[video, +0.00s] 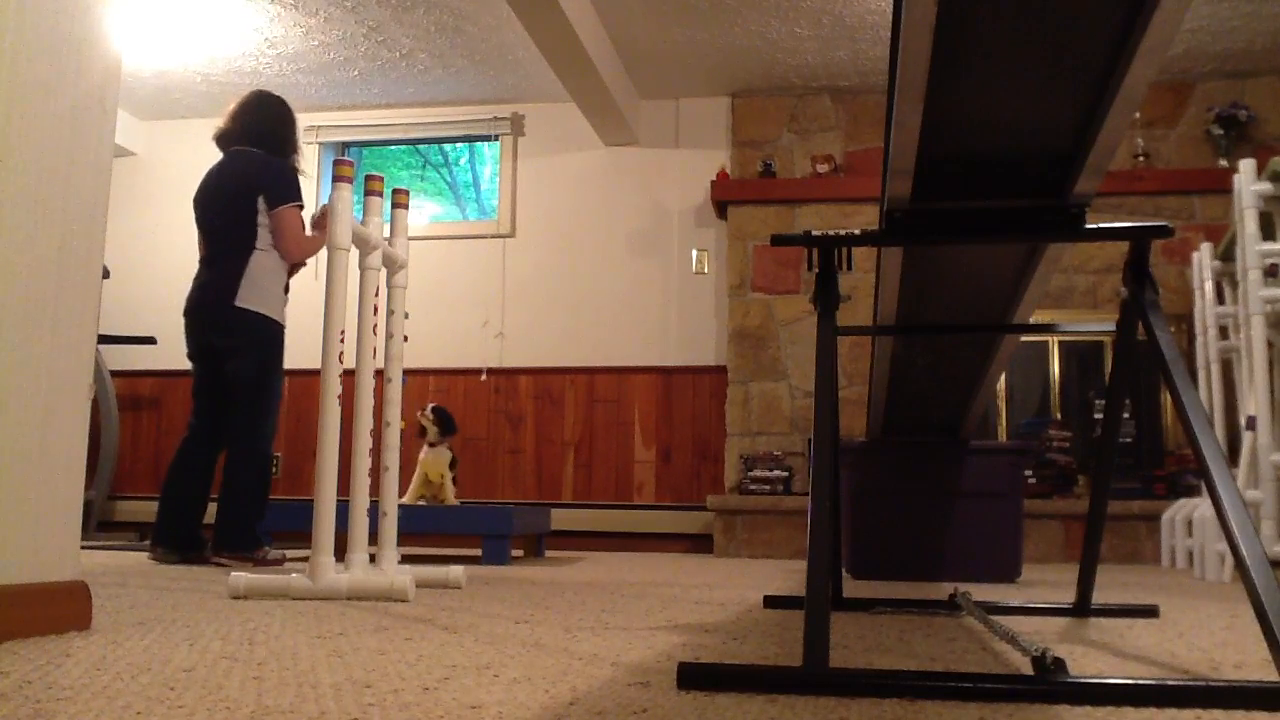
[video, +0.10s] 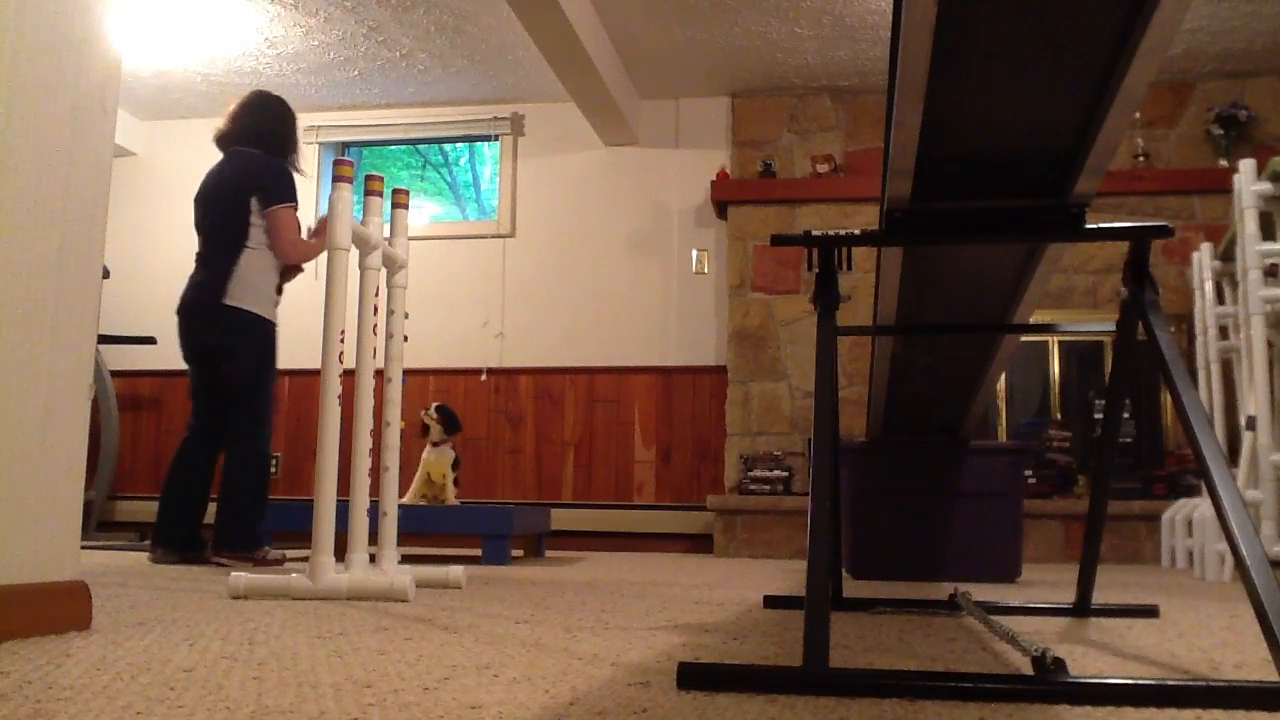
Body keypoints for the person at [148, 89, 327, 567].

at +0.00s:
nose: (294, 139)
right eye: (292, 130)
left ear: (238, 124)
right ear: (284, 129)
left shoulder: (212, 176)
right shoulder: (274, 170)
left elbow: (210, 251)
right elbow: (294, 249)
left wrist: (281, 254)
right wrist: (323, 233)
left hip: (205, 310)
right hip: (253, 316)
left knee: (206, 428)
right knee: (253, 434)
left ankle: (173, 537)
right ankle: (238, 541)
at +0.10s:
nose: (295, 139)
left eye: (292, 131)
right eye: (293, 130)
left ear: (240, 124)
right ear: (284, 129)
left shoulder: (216, 174)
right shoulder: (269, 170)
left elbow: (226, 254)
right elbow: (289, 251)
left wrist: (281, 269)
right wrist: (322, 238)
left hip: (200, 310)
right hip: (243, 317)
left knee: (206, 428)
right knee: (250, 434)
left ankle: (173, 538)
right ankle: (238, 542)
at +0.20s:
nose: (298, 143)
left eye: (297, 134)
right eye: (296, 134)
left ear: (248, 128)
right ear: (282, 134)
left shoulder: (234, 170)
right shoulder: (263, 172)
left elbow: (216, 251)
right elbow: (275, 251)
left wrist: (266, 276)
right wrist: (315, 246)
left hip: (193, 309)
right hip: (221, 313)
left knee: (205, 427)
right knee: (232, 429)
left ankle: (173, 538)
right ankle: (238, 539)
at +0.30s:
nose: (302, 146)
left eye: (302, 136)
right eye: (297, 136)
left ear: (256, 132)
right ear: (278, 135)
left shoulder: (246, 172)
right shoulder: (257, 173)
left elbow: (220, 248)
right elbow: (260, 247)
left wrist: (260, 285)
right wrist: (298, 257)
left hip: (200, 308)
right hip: (207, 310)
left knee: (206, 428)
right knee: (217, 426)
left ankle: (175, 541)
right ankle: (232, 536)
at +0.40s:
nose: (304, 144)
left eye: (305, 134)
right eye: (299, 134)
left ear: (264, 133)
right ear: (275, 133)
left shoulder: (257, 177)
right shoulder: (248, 170)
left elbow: (230, 250)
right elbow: (246, 243)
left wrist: (259, 293)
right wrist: (294, 266)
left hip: (209, 307)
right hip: (200, 306)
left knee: (209, 424)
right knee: (212, 423)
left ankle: (174, 538)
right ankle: (210, 535)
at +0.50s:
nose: (305, 137)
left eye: (304, 127)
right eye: (298, 127)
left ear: (267, 131)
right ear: (271, 129)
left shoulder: (261, 178)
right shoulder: (237, 165)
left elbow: (234, 249)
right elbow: (223, 239)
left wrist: (261, 301)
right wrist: (276, 285)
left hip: (220, 310)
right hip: (198, 306)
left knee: (211, 426)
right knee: (207, 425)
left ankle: (177, 537)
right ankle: (188, 538)